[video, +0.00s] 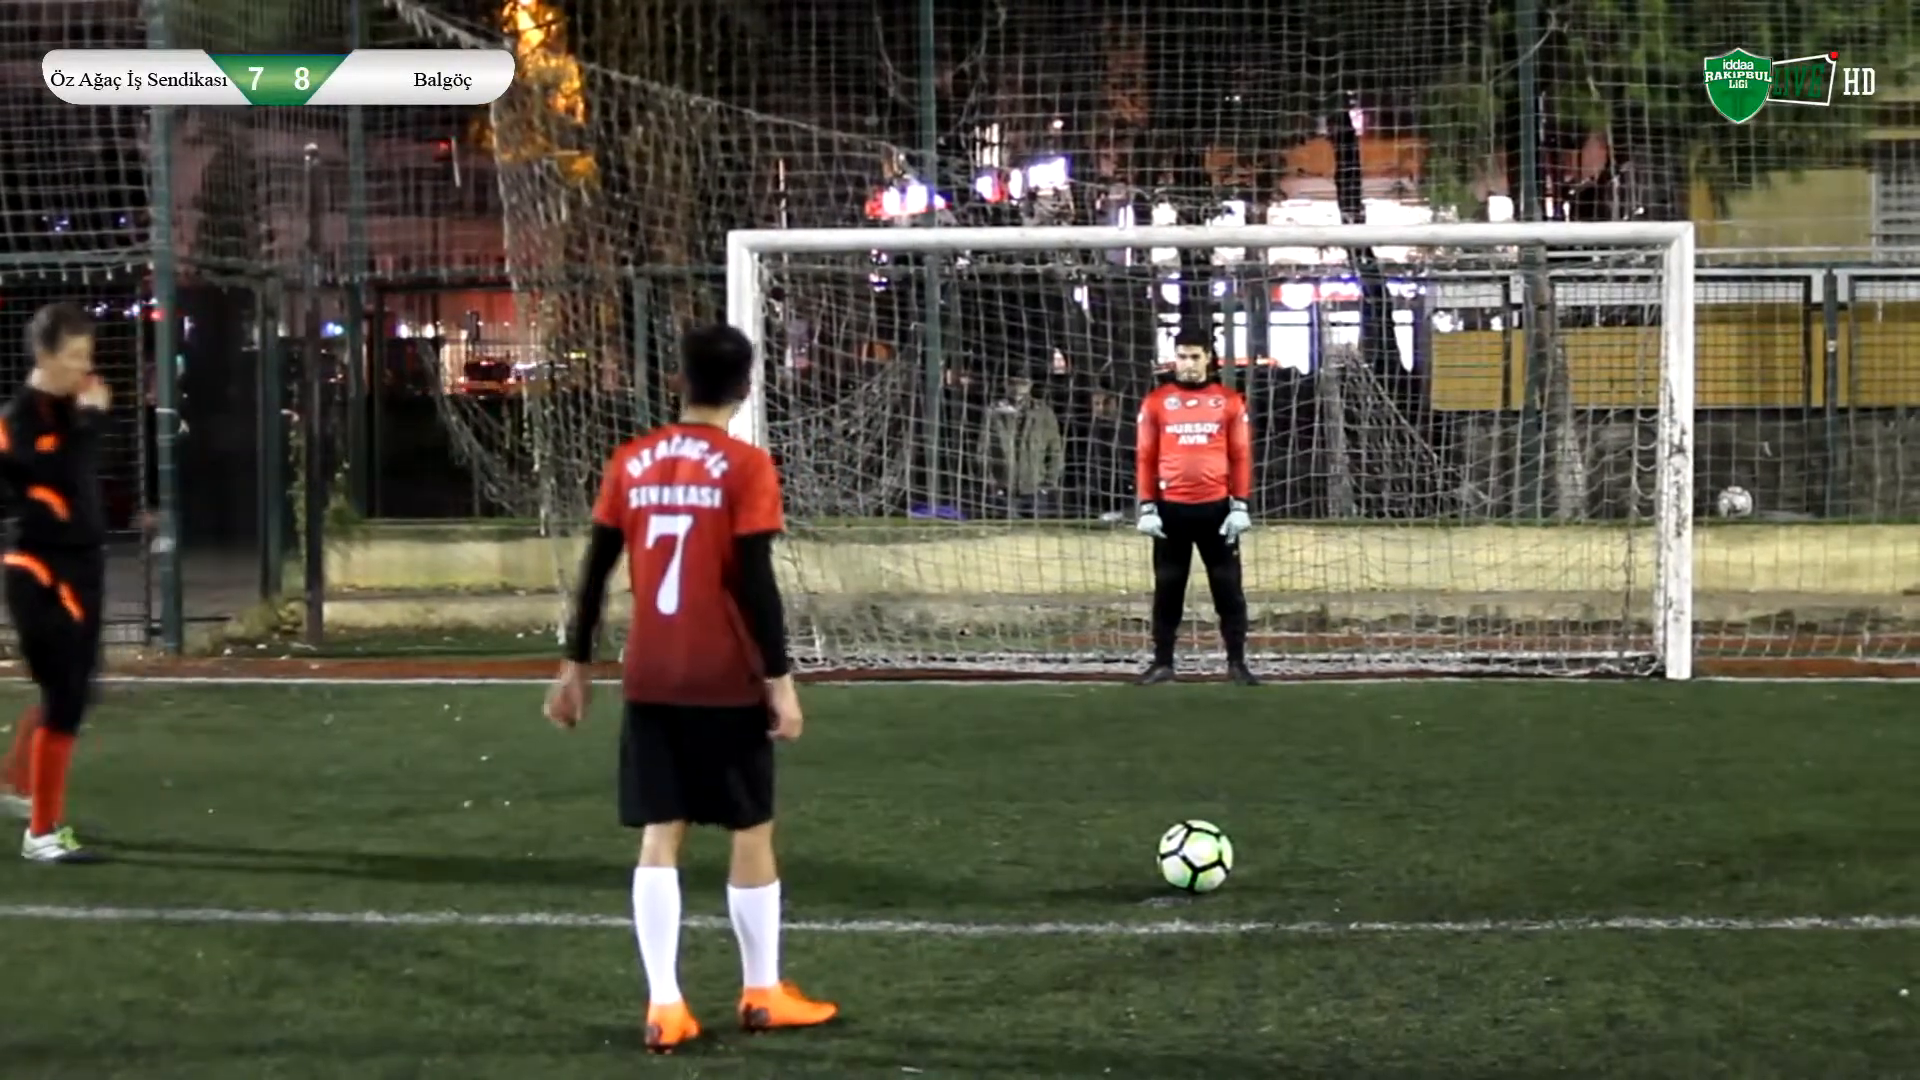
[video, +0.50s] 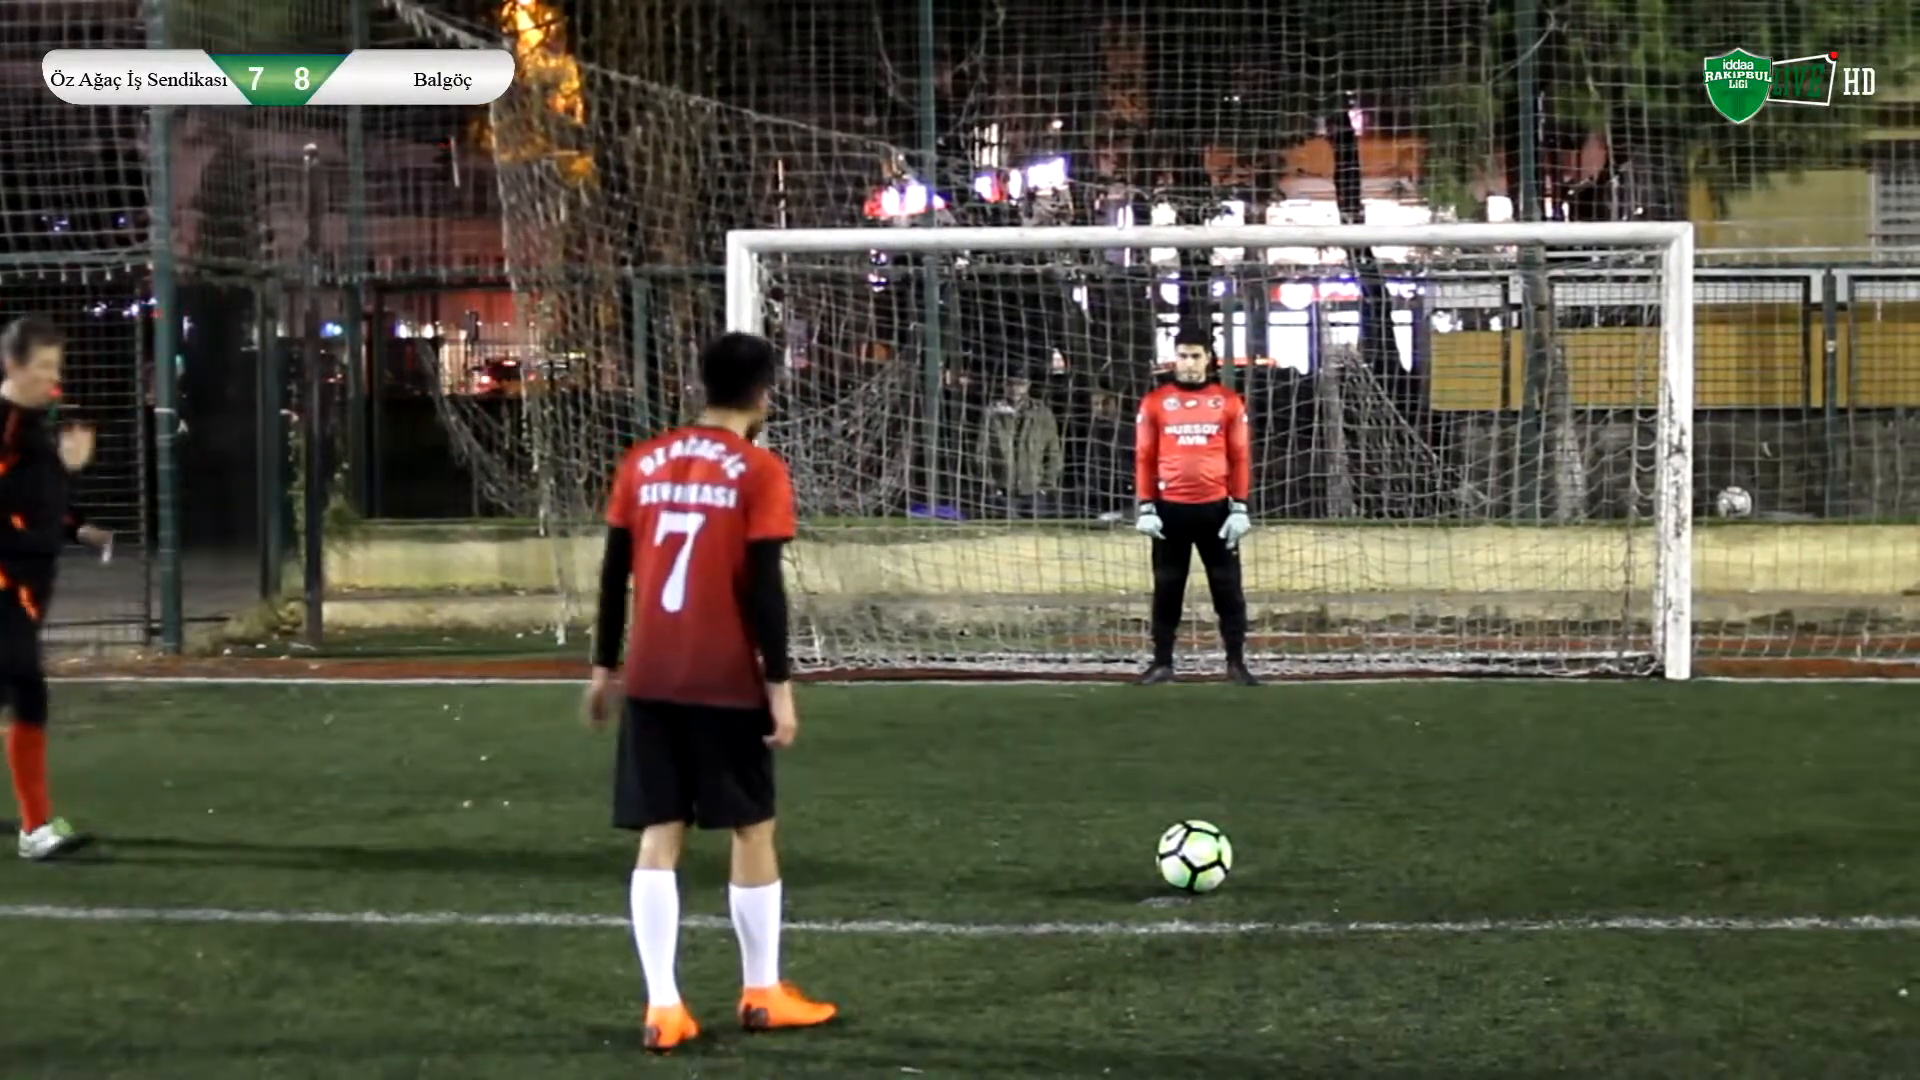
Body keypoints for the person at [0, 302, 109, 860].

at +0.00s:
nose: (87, 367)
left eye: (89, 356)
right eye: (78, 356)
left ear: (81, 358)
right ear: (49, 356)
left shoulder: (70, 413)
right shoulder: (24, 414)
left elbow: (76, 482)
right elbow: (59, 481)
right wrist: (89, 423)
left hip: (78, 564)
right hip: (39, 565)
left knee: (69, 687)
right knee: (63, 689)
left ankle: (17, 784)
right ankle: (44, 828)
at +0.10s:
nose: (78, 368)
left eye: (81, 357)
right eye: (69, 358)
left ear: (75, 359)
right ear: (37, 358)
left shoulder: (70, 411)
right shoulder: (18, 415)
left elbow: (78, 492)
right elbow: (44, 485)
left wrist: (119, 520)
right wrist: (79, 420)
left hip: (69, 568)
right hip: (31, 570)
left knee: (49, 692)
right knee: (63, 697)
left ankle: (6, 779)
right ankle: (42, 829)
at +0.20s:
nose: (69, 374)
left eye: (72, 364)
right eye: (60, 364)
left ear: (68, 363)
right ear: (28, 362)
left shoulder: (62, 416)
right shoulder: (9, 416)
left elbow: (70, 498)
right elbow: (23, 481)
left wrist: (112, 523)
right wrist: (72, 429)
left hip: (60, 574)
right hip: (22, 576)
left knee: (32, 698)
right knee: (59, 699)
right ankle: (43, 829)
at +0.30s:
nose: (63, 375)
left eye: (67, 365)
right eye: (54, 365)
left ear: (66, 366)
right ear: (23, 365)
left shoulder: (58, 418)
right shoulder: (10, 419)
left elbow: (66, 499)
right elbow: (21, 499)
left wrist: (103, 527)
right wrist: (65, 437)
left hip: (48, 581)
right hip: (15, 582)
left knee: (17, 696)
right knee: (51, 695)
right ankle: (42, 828)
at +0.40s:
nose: (59, 378)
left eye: (62, 367)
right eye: (49, 367)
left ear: (58, 368)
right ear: (15, 366)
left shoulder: (41, 420)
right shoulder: (9, 421)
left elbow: (47, 502)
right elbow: (21, 500)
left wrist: (89, 529)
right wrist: (67, 450)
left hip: (35, 583)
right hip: (11, 586)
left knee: (32, 699)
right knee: (40, 698)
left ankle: (41, 825)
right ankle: (39, 827)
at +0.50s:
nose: (55, 380)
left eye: (57, 369)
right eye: (46, 368)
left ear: (48, 369)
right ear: (14, 367)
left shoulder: (34, 425)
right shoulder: (9, 426)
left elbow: (40, 503)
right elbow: (14, 514)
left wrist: (80, 531)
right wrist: (61, 469)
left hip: (29, 579)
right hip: (8, 583)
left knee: (23, 691)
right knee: (26, 690)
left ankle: (37, 821)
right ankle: (35, 822)